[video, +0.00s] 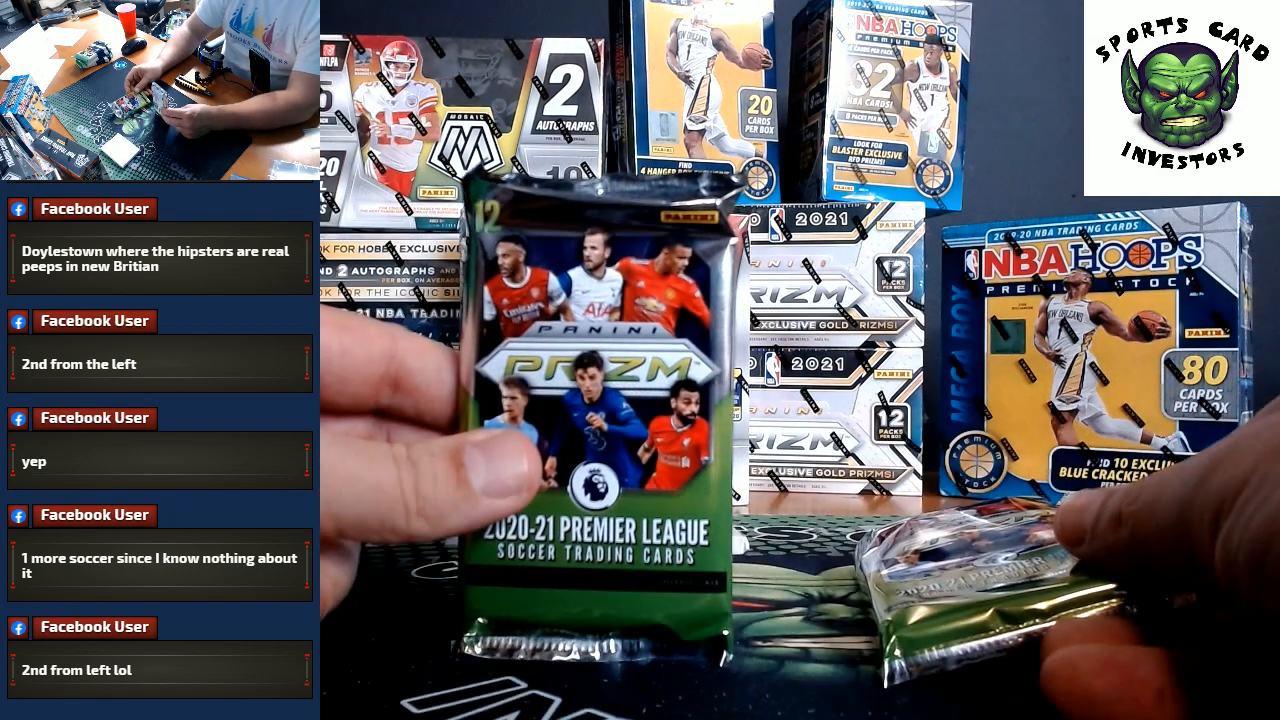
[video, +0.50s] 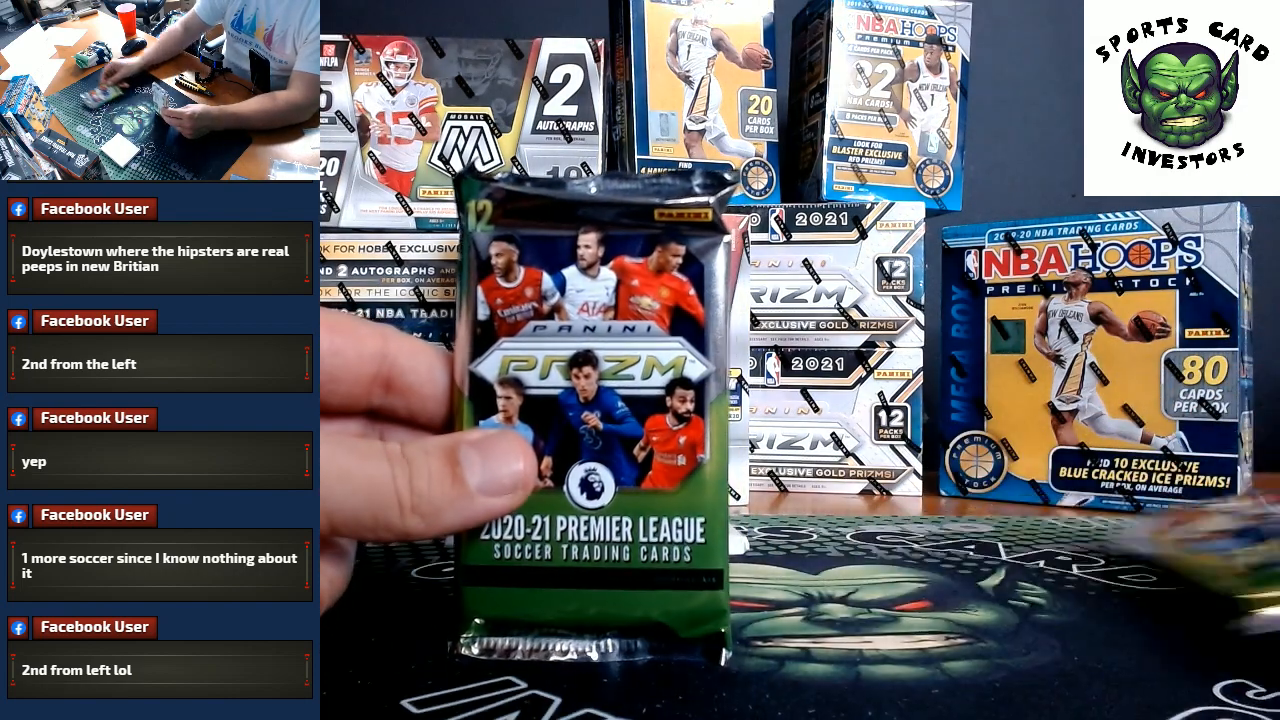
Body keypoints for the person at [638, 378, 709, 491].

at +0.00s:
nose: (693, 409)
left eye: (696, 403)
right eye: (687, 403)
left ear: (699, 404)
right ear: (673, 403)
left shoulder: (702, 429)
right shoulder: (657, 424)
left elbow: (707, 463)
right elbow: (648, 447)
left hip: (686, 493)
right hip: (656, 490)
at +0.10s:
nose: (693, 409)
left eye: (697, 404)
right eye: (687, 403)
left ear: (700, 404)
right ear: (673, 403)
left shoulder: (702, 429)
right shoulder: (657, 425)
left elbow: (707, 464)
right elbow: (648, 446)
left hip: (686, 494)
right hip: (656, 490)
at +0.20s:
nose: (693, 408)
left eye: (696, 403)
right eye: (687, 402)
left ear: (699, 404)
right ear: (673, 403)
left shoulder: (702, 428)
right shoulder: (657, 424)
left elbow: (706, 463)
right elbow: (648, 445)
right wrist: (643, 451)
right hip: (656, 489)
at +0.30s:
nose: (690, 407)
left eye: (693, 402)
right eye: (684, 402)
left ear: (696, 402)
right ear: (670, 402)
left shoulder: (699, 427)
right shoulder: (654, 424)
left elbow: (704, 463)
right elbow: (644, 447)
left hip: (683, 493)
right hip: (653, 489)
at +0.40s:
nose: (689, 407)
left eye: (693, 402)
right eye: (683, 401)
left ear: (696, 403)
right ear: (669, 402)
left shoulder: (699, 427)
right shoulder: (653, 423)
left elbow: (704, 462)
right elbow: (644, 446)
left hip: (682, 492)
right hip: (653, 489)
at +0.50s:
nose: (688, 407)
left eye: (692, 401)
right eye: (682, 401)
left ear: (695, 402)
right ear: (668, 402)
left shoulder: (698, 426)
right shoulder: (653, 423)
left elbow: (703, 461)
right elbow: (643, 446)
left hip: (681, 492)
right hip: (652, 489)